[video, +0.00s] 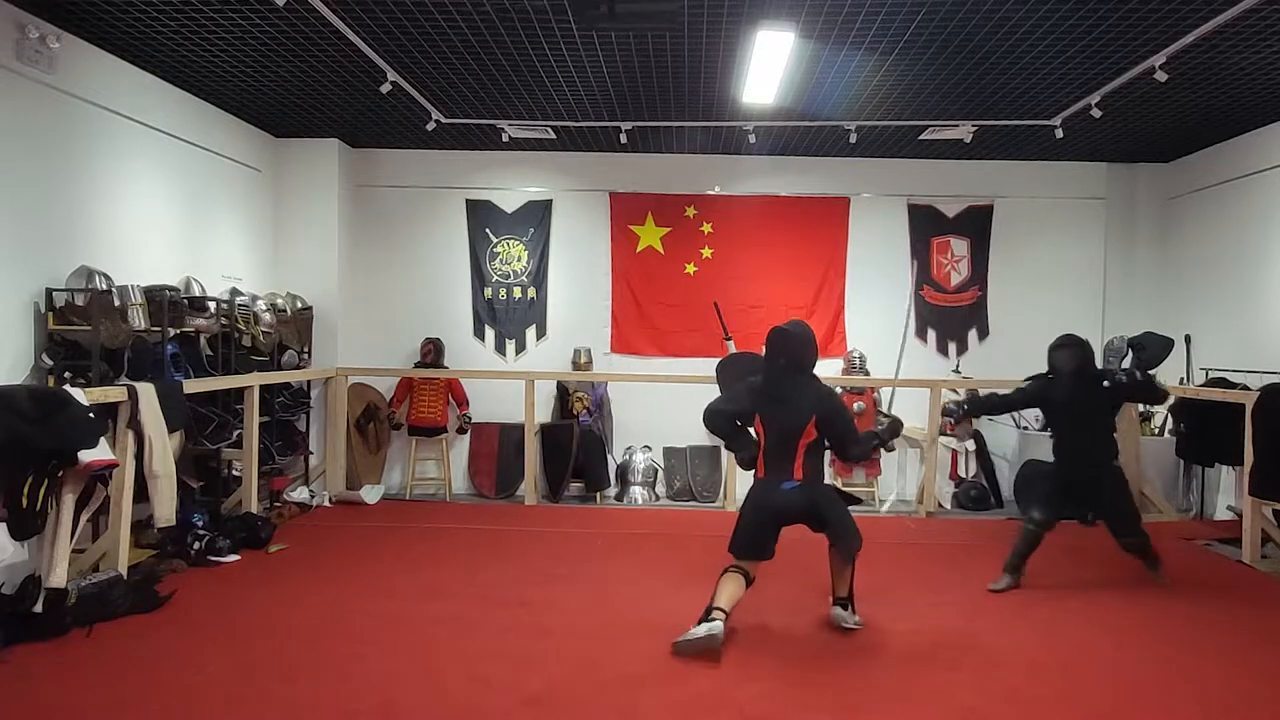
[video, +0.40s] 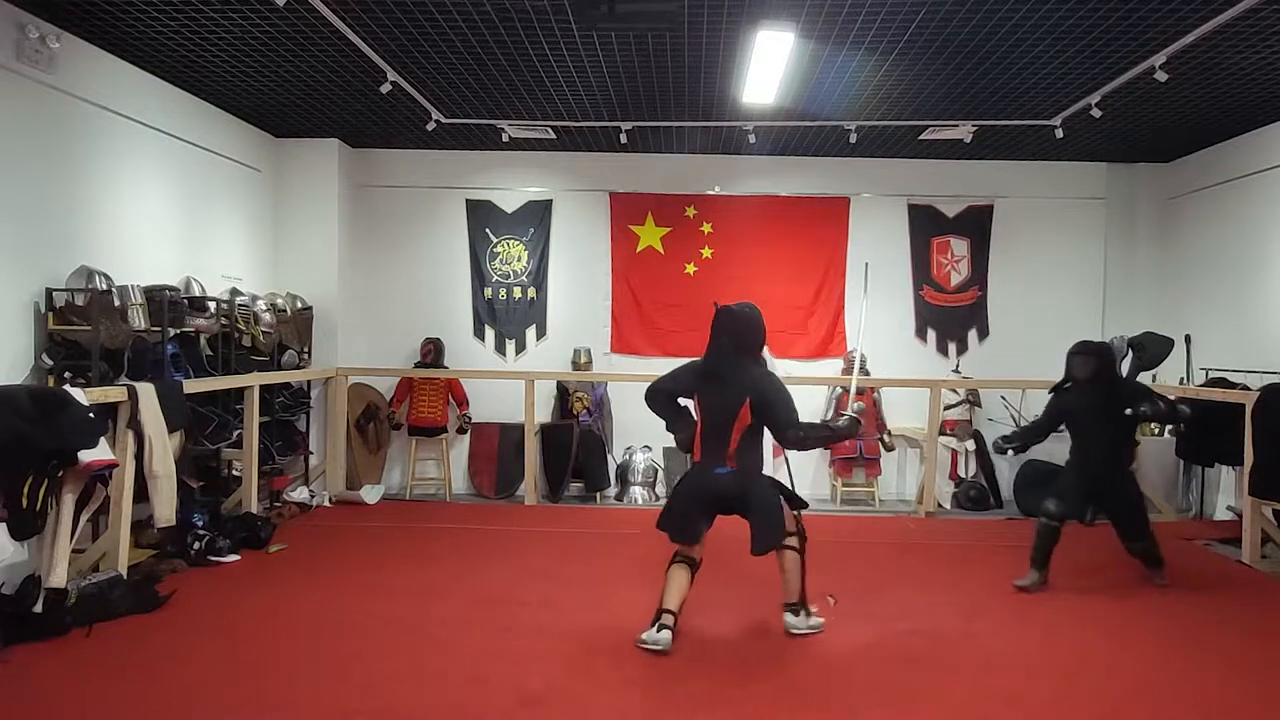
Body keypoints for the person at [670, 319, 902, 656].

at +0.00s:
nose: (812, 357)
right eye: (810, 351)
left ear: (771, 354)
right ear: (809, 356)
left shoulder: (756, 389)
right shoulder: (823, 396)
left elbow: (714, 414)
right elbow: (851, 449)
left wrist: (744, 446)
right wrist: (880, 434)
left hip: (765, 494)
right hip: (811, 494)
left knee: (742, 565)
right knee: (844, 538)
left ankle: (714, 619)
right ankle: (842, 606)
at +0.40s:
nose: (764, 339)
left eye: (761, 333)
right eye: (761, 333)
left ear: (719, 336)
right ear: (756, 338)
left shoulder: (699, 370)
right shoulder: (762, 380)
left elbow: (656, 394)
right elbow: (791, 435)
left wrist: (684, 427)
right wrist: (841, 430)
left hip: (700, 481)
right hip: (747, 484)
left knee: (687, 552)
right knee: (790, 529)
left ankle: (664, 625)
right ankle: (796, 612)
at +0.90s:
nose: (702, 335)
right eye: (698, 330)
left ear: (655, 339)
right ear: (693, 339)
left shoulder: (640, 374)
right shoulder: (701, 383)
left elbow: (604, 401)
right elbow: (721, 446)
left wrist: (634, 431)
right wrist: (742, 418)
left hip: (643, 483)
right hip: (690, 486)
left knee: (618, 557)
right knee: (743, 537)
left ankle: (555, 609)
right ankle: (755, 616)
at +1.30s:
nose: (559, 359)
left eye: (550, 356)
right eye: (556, 355)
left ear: (516, 361)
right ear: (552, 359)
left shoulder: (499, 400)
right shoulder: (569, 386)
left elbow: (458, 432)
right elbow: (630, 399)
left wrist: (493, 462)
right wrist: (685, 402)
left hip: (501, 502)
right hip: (555, 503)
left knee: (471, 562)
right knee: (611, 552)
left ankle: (408, 625)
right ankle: (640, 633)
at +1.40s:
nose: (520, 368)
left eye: (517, 364)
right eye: (517, 363)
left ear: (474, 364)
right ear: (510, 363)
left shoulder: (456, 395)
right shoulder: (521, 387)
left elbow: (409, 430)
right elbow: (567, 419)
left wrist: (441, 462)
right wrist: (619, 430)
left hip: (456, 502)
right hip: (504, 499)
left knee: (439, 563)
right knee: (559, 560)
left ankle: (398, 641)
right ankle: (615, 632)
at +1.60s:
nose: (466, 355)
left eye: (465, 349)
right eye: (464, 348)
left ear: (417, 346)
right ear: (455, 348)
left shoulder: (394, 383)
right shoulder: (457, 381)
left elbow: (345, 414)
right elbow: (475, 435)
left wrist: (377, 447)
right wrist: (518, 484)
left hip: (391, 495)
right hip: (436, 495)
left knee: (421, 556)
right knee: (471, 574)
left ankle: (394, 640)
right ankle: (418, 643)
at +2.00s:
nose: (404, 329)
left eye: (401, 319)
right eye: (399, 320)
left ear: (355, 324)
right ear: (382, 325)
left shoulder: (325, 365)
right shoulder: (377, 376)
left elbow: (291, 391)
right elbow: (386, 449)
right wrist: (459, 464)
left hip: (307, 501)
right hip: (348, 506)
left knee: (292, 599)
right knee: (418, 574)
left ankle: (222, 690)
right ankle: (343, 655)